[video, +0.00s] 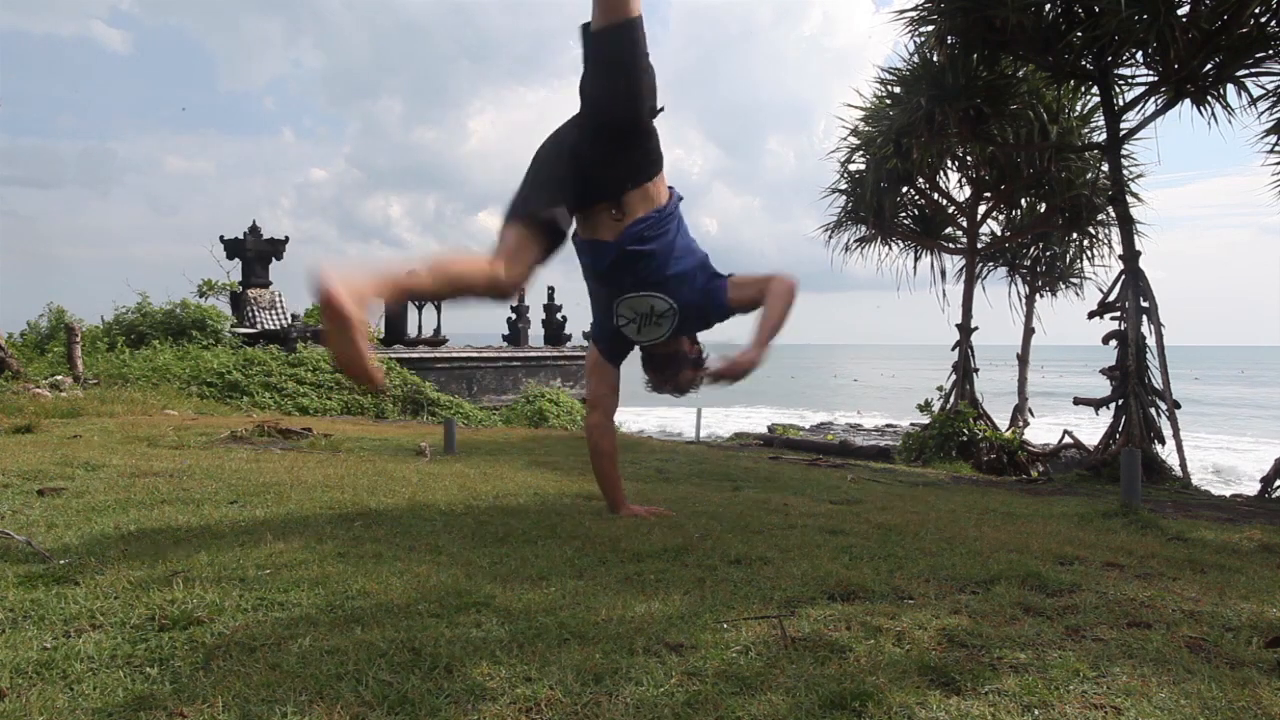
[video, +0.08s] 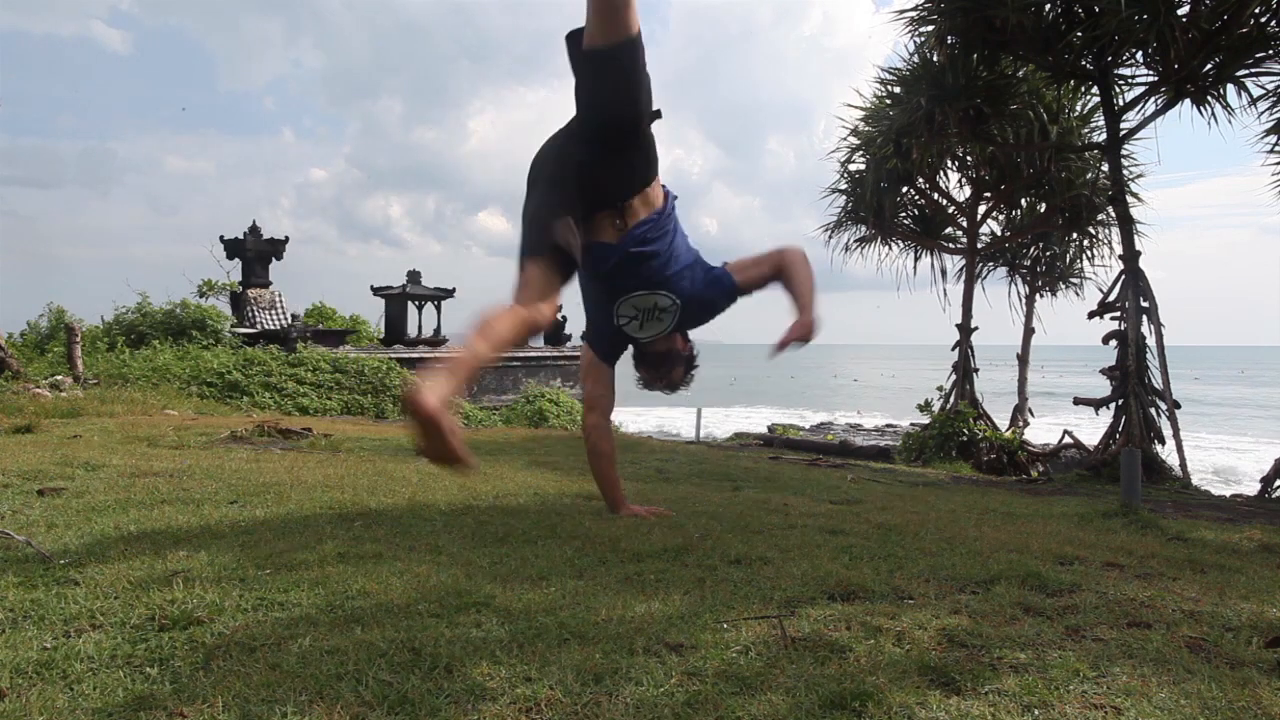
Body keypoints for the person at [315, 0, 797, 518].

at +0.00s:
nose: (666, 379)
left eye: (668, 384)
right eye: (679, 382)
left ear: (657, 360)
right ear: (694, 350)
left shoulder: (611, 334)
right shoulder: (701, 298)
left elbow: (599, 424)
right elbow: (783, 285)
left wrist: (619, 506)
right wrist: (756, 351)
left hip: (562, 166)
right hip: (628, 141)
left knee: (505, 274)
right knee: (618, 7)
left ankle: (356, 289)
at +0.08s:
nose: (651, 374)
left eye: (654, 378)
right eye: (664, 377)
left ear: (647, 357)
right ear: (685, 349)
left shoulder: (604, 335)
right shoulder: (704, 294)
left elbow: (597, 417)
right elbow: (788, 256)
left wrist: (617, 505)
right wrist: (806, 311)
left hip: (555, 169)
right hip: (619, 148)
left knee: (533, 306)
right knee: (612, 2)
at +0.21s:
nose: (640, 374)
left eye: (642, 376)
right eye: (648, 374)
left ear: (632, 348)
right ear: (665, 341)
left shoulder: (593, 339)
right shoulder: (672, 289)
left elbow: (595, 421)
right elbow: (740, 213)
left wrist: (616, 502)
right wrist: (806, 239)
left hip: (552, 185)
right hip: (621, 172)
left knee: (573, 346)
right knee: (615, 102)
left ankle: (580, 502)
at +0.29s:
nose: (647, 313)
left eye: (639, 318)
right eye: (651, 316)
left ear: (617, 318)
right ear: (650, 311)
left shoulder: (586, 305)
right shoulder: (648, 262)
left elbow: (594, 396)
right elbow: (693, 165)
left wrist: (617, 501)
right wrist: (764, 196)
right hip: (626, 152)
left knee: (579, 365)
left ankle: (596, 525)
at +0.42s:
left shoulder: (556, 269)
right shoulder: (630, 184)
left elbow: (589, 380)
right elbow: (669, 120)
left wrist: (631, 466)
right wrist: (727, 171)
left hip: (534, 195)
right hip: (605, 170)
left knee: (571, 371)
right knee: (662, 334)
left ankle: (596, 527)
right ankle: (655, 452)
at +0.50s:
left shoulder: (526, 199)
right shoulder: (624, 140)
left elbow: (540, 311)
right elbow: (671, 97)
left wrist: (596, 394)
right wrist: (703, 177)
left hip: (548, 183)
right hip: (627, 167)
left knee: (569, 367)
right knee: (659, 338)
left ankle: (596, 528)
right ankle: (686, 503)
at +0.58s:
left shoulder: (501, 176)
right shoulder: (604, 113)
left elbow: (513, 296)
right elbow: (672, 98)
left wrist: (560, 355)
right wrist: (689, 186)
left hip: (565, 167)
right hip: (645, 163)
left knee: (580, 361)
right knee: (641, 329)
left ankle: (597, 529)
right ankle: (666, 490)